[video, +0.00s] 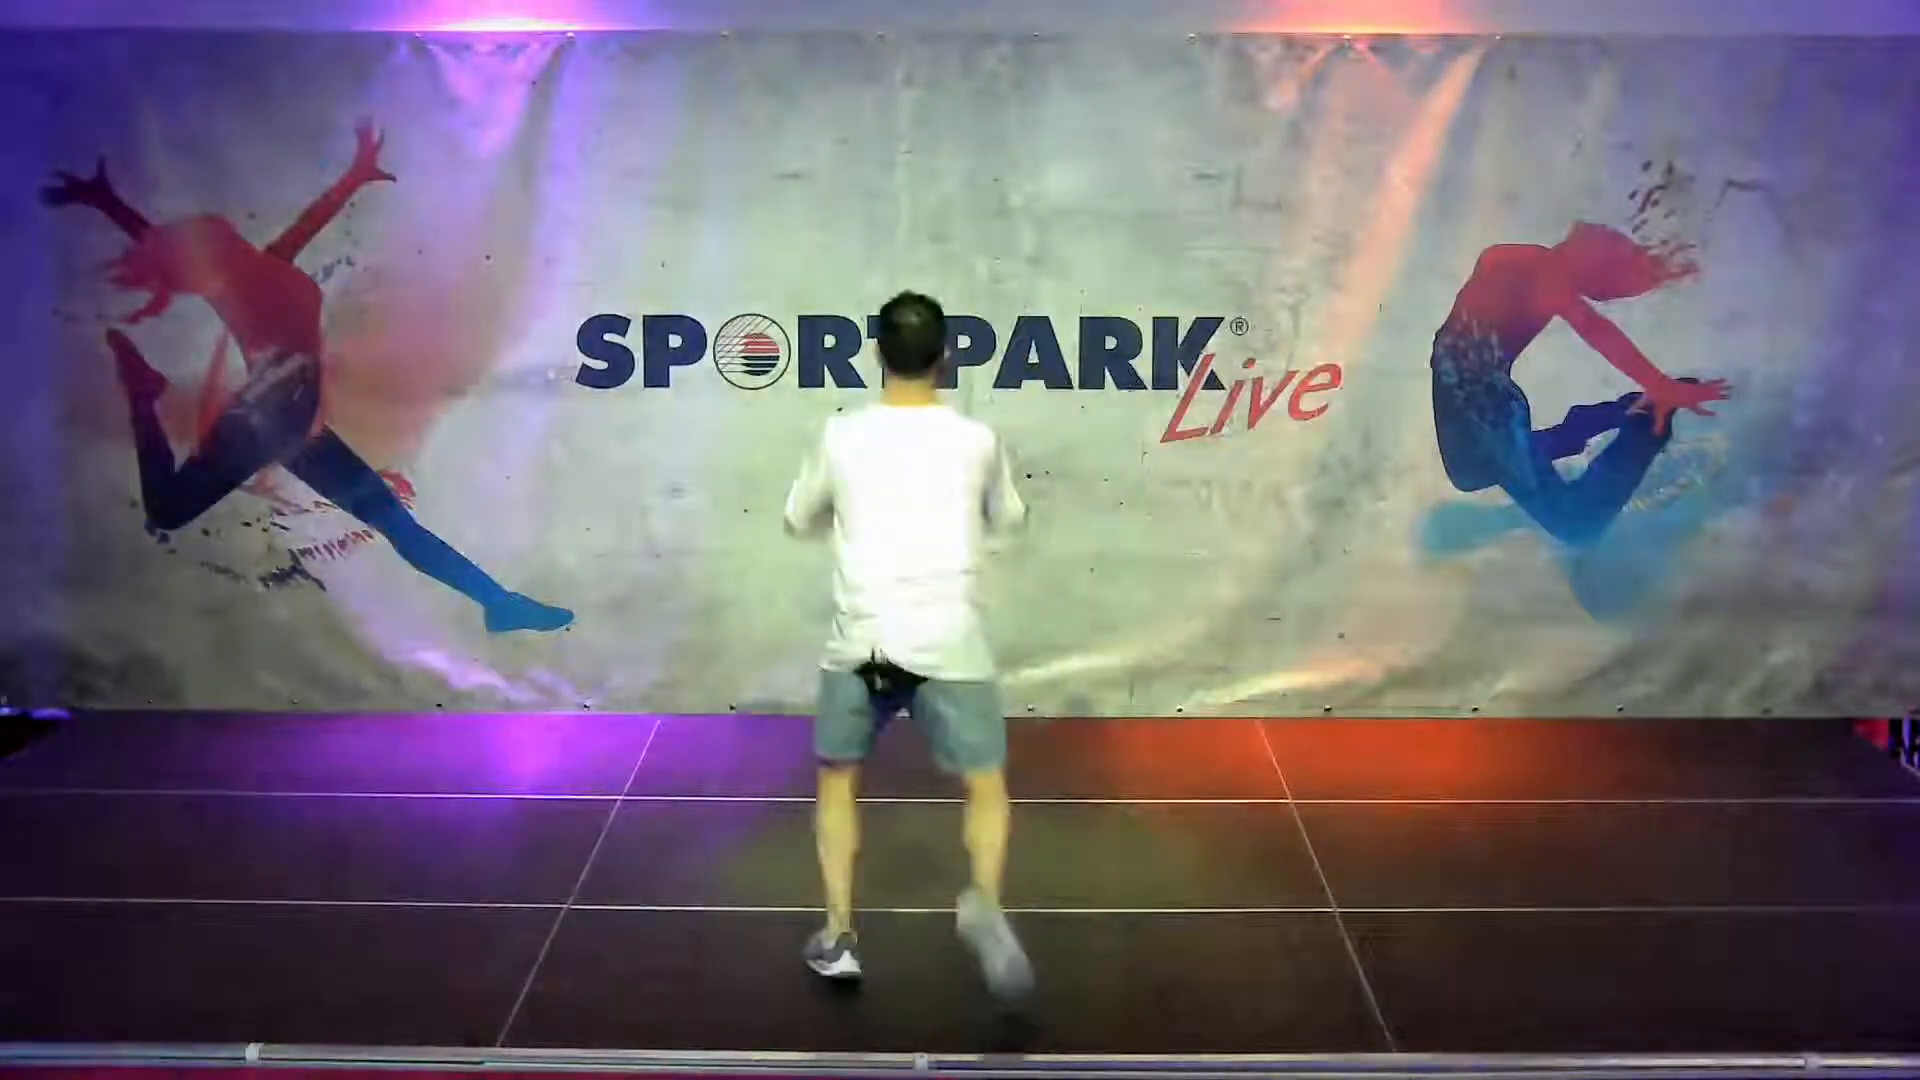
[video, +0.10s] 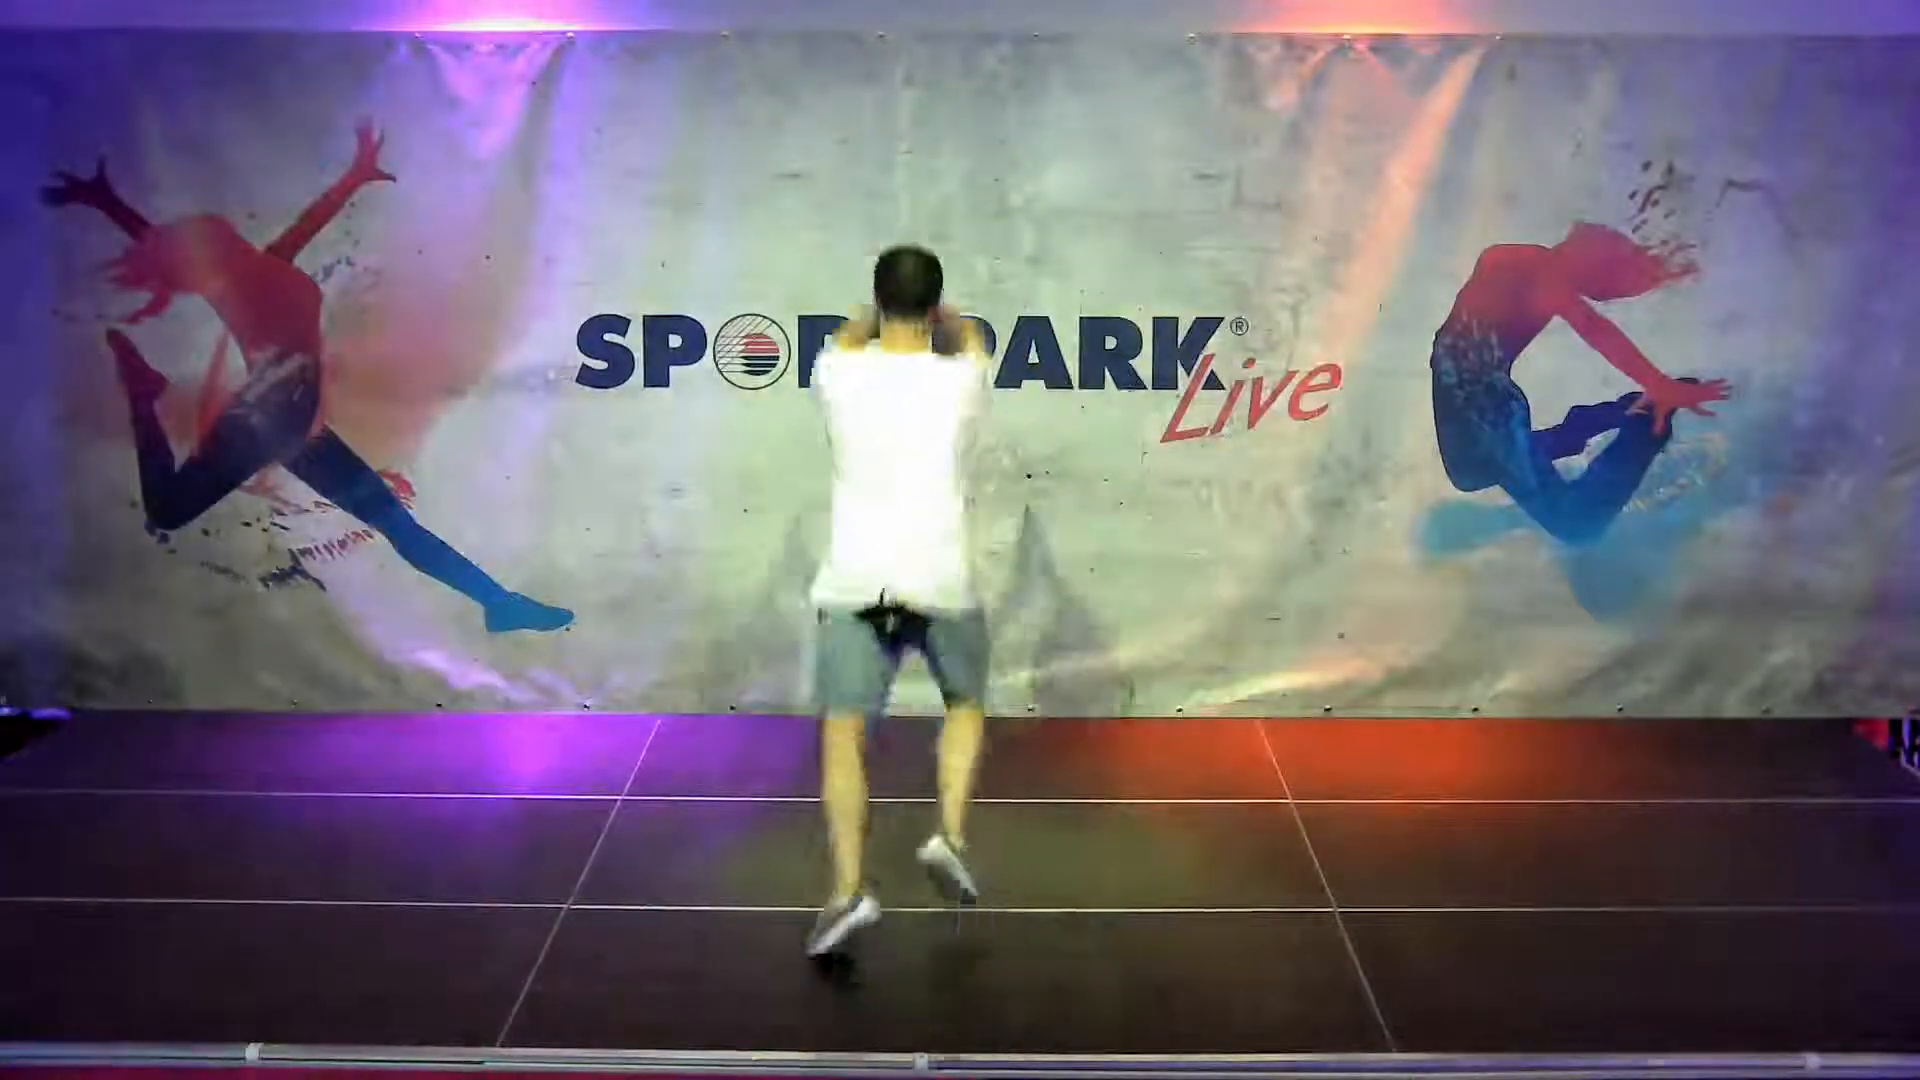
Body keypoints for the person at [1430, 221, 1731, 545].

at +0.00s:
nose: (1597, 286)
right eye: (1605, 279)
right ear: (1591, 243)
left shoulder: (1551, 282)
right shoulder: (1536, 266)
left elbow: (1596, 329)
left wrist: (1657, 384)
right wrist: (1647, 266)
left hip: (1486, 396)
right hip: (1455, 386)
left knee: (1574, 525)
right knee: (1468, 474)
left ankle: (1648, 425)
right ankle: (1568, 438)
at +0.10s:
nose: (1596, 284)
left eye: (1604, 280)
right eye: (1605, 278)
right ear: (1590, 243)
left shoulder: (1551, 284)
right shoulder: (1534, 265)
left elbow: (1596, 329)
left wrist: (1657, 383)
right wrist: (1647, 265)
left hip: (1485, 397)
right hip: (1455, 386)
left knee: (1575, 524)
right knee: (1468, 474)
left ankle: (1648, 425)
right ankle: (1569, 437)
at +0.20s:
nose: (1597, 287)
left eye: (1607, 285)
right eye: (1606, 280)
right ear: (1590, 245)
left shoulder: (1551, 283)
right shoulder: (1533, 265)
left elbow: (1596, 329)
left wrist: (1656, 383)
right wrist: (1646, 264)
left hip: (1485, 396)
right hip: (1455, 385)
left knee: (1575, 524)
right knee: (1468, 474)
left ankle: (1648, 425)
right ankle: (1569, 437)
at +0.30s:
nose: (1596, 284)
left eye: (1604, 281)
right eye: (1605, 278)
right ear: (1591, 243)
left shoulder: (1551, 284)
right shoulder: (1534, 265)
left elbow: (1596, 329)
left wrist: (1657, 383)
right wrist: (1647, 265)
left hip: (1485, 397)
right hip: (1455, 386)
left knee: (1575, 524)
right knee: (1468, 474)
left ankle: (1648, 426)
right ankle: (1569, 437)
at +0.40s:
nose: (1597, 284)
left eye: (1605, 281)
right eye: (1605, 278)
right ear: (1592, 243)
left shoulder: (1551, 283)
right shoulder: (1534, 265)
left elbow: (1596, 329)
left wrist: (1657, 383)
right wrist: (1648, 266)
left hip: (1485, 397)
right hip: (1455, 385)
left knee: (1575, 524)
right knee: (1468, 474)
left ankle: (1648, 426)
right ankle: (1569, 437)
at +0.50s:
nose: (1597, 284)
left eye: (1605, 281)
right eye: (1605, 278)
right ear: (1592, 243)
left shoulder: (1551, 283)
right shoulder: (1534, 265)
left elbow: (1596, 330)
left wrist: (1657, 383)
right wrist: (1649, 266)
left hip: (1485, 396)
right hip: (1455, 385)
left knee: (1575, 524)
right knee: (1468, 474)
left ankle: (1647, 426)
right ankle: (1569, 437)